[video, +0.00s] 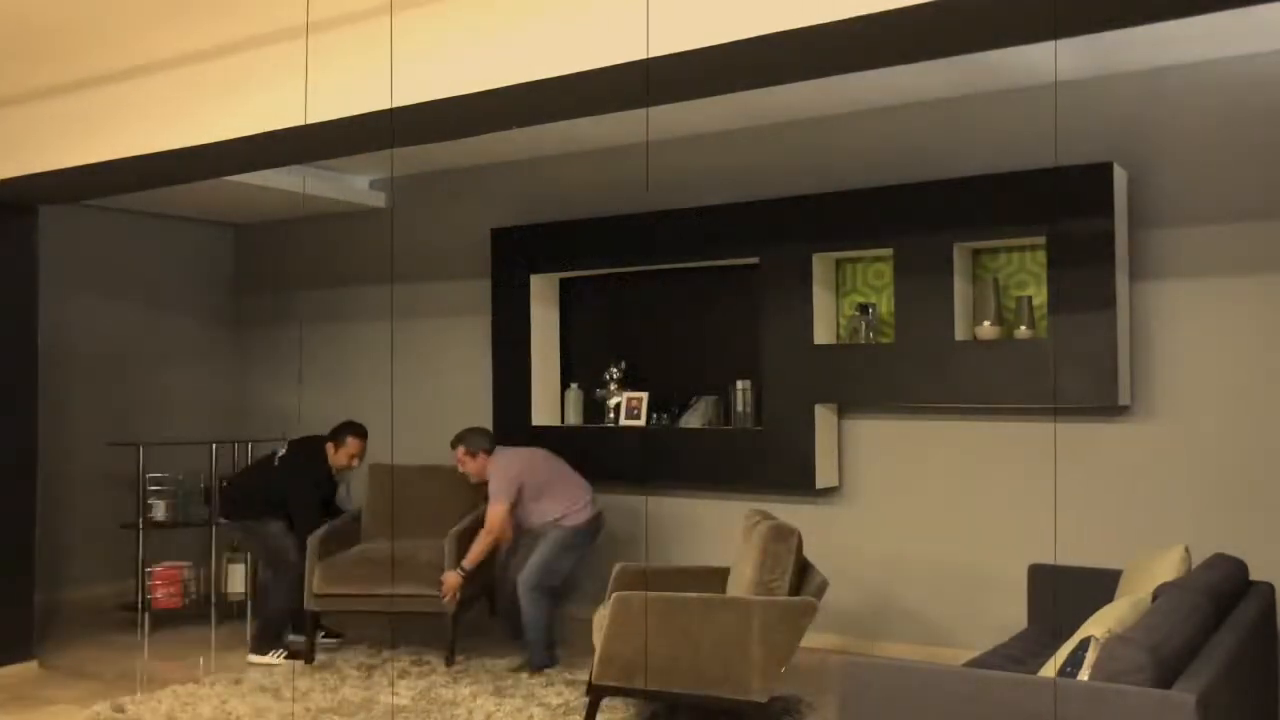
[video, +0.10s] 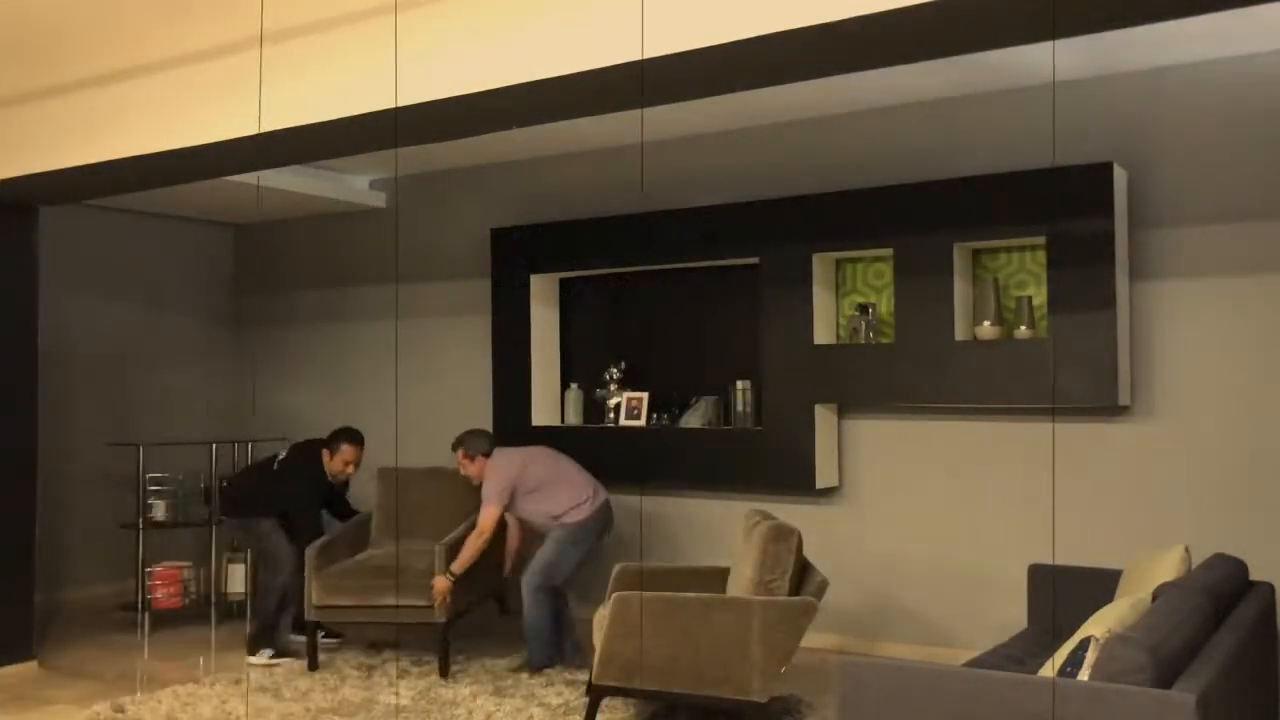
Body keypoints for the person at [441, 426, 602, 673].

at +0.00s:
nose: (461, 469)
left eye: (462, 462)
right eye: (459, 463)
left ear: (480, 455)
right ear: (482, 454)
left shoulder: (502, 469)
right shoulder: (502, 463)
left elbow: (492, 531)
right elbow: (504, 532)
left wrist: (461, 572)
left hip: (573, 522)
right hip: (549, 522)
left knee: (530, 582)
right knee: (516, 576)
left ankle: (540, 659)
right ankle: (536, 649)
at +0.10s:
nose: (462, 472)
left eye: (463, 465)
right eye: (460, 466)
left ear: (478, 458)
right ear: (482, 455)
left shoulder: (497, 472)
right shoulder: (504, 463)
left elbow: (482, 534)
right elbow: (514, 525)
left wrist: (449, 576)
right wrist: (509, 568)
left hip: (581, 516)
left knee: (534, 581)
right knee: (548, 582)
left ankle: (539, 660)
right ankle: (565, 652)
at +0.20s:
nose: (463, 485)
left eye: (463, 477)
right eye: (461, 478)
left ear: (478, 470)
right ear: (482, 468)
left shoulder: (495, 483)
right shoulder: (508, 475)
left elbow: (486, 544)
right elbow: (516, 542)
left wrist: (450, 583)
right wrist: (509, 583)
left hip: (578, 526)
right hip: (596, 519)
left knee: (527, 588)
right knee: (549, 591)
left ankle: (536, 666)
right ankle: (568, 657)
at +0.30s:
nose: (463, 501)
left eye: (462, 492)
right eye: (461, 493)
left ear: (475, 486)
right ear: (482, 482)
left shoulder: (489, 496)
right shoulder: (508, 487)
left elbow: (488, 555)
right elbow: (508, 554)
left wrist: (451, 587)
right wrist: (505, 587)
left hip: (573, 539)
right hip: (595, 532)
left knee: (514, 590)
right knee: (546, 596)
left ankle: (534, 666)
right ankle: (569, 658)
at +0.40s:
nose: (462, 510)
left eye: (462, 502)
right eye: (460, 503)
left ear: (475, 495)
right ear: (486, 490)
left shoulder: (488, 504)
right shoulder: (510, 493)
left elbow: (488, 560)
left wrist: (451, 589)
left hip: (572, 548)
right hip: (593, 542)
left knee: (508, 595)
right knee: (536, 598)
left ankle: (533, 667)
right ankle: (569, 659)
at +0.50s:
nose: (459, 514)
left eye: (458, 505)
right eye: (457, 507)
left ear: (472, 498)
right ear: (482, 493)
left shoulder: (484, 505)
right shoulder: (506, 497)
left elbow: (485, 561)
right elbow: (505, 564)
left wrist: (450, 591)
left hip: (570, 548)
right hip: (590, 542)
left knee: (505, 596)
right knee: (534, 599)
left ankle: (533, 669)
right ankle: (570, 660)